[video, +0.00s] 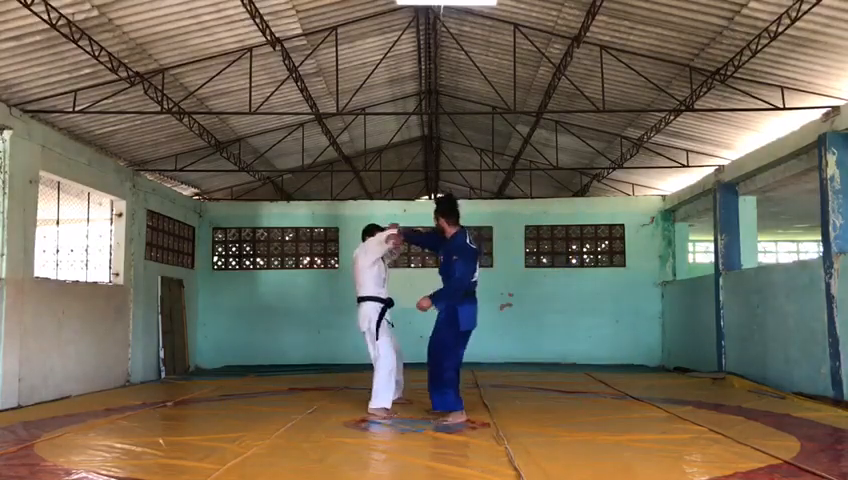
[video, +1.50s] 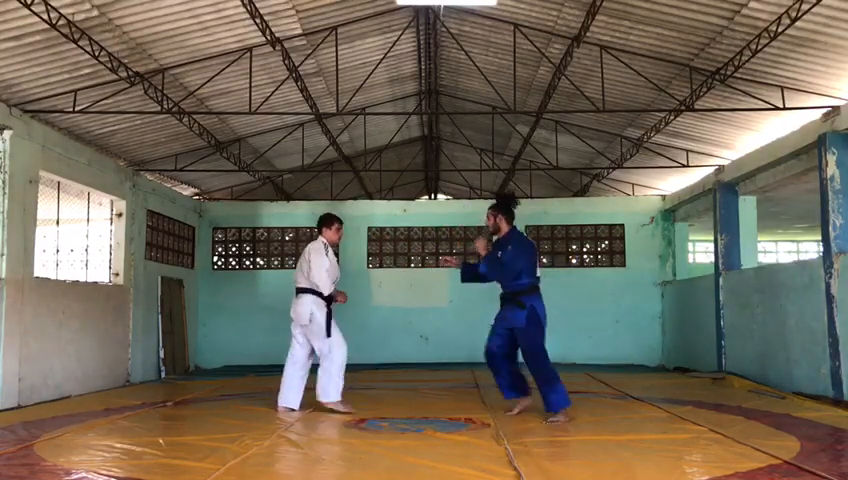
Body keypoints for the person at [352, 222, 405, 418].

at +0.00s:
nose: (384, 241)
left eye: (383, 237)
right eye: (382, 237)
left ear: (367, 236)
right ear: (373, 236)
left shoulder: (374, 256)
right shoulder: (365, 249)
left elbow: (391, 255)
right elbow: (390, 234)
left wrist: (396, 244)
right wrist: (396, 231)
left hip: (378, 309)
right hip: (371, 309)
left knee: (394, 353)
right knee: (386, 356)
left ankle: (394, 393)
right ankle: (378, 405)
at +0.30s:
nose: (376, 241)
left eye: (376, 238)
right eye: (372, 238)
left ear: (373, 241)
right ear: (360, 241)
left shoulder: (372, 265)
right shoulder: (355, 262)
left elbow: (389, 283)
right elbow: (371, 278)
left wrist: (401, 269)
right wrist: (393, 272)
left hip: (374, 315)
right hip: (361, 315)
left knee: (389, 354)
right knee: (380, 359)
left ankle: (391, 393)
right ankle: (350, 398)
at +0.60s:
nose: (364, 220)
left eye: (364, 216)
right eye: (360, 216)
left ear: (361, 218)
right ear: (348, 219)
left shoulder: (364, 240)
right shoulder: (338, 242)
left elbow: (374, 266)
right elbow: (338, 272)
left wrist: (389, 274)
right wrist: (365, 266)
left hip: (359, 297)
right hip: (346, 298)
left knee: (351, 347)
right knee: (355, 348)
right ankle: (343, 396)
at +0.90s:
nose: (352, 228)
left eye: (352, 223)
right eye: (348, 223)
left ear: (343, 226)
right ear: (335, 225)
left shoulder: (347, 250)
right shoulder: (326, 249)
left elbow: (342, 279)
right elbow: (327, 281)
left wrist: (354, 291)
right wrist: (353, 291)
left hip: (338, 303)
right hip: (330, 304)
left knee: (321, 351)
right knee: (342, 356)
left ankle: (294, 395)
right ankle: (334, 405)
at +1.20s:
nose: (341, 232)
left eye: (341, 227)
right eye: (338, 227)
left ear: (327, 230)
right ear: (326, 229)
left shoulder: (324, 249)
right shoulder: (319, 248)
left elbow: (317, 281)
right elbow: (316, 280)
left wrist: (337, 290)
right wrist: (334, 301)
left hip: (303, 303)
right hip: (311, 305)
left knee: (297, 355)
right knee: (325, 355)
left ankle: (287, 402)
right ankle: (329, 404)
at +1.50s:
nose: (340, 235)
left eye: (341, 230)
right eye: (337, 230)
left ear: (325, 231)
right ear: (326, 230)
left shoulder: (317, 249)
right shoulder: (317, 248)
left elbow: (316, 282)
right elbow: (320, 278)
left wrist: (334, 295)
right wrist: (335, 294)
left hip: (302, 303)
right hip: (312, 304)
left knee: (299, 355)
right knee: (336, 348)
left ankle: (286, 404)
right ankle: (330, 397)